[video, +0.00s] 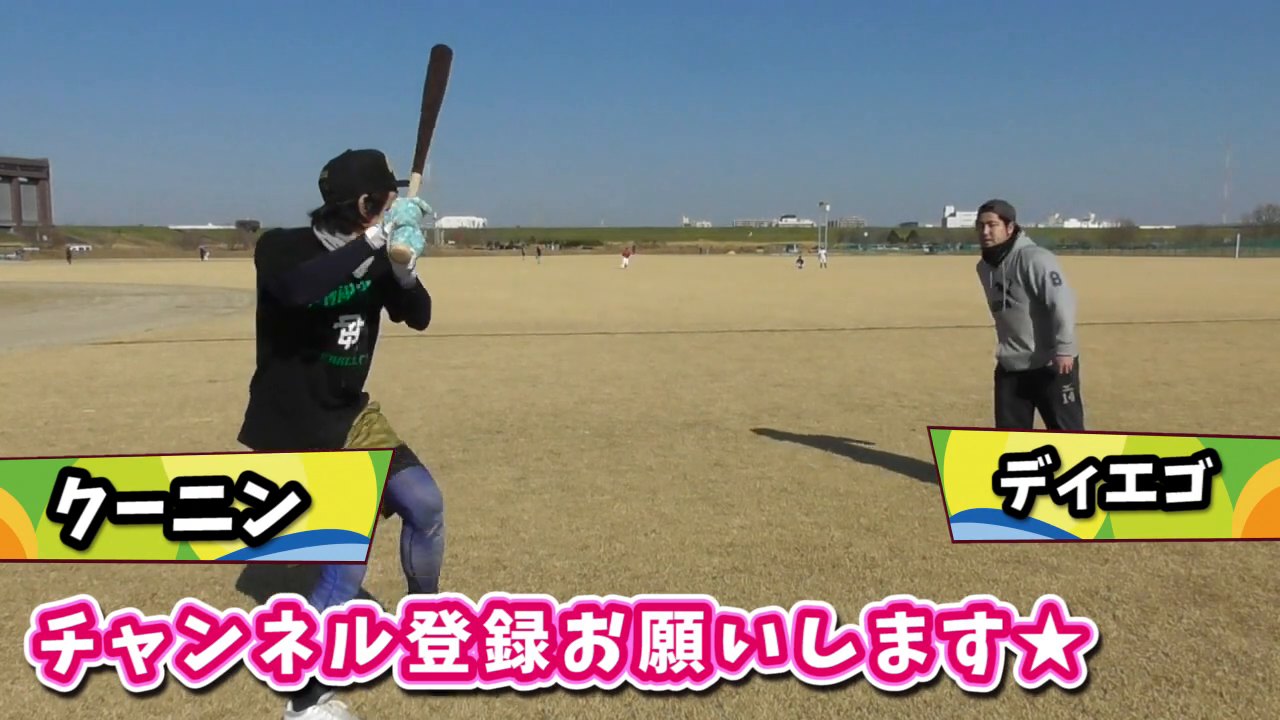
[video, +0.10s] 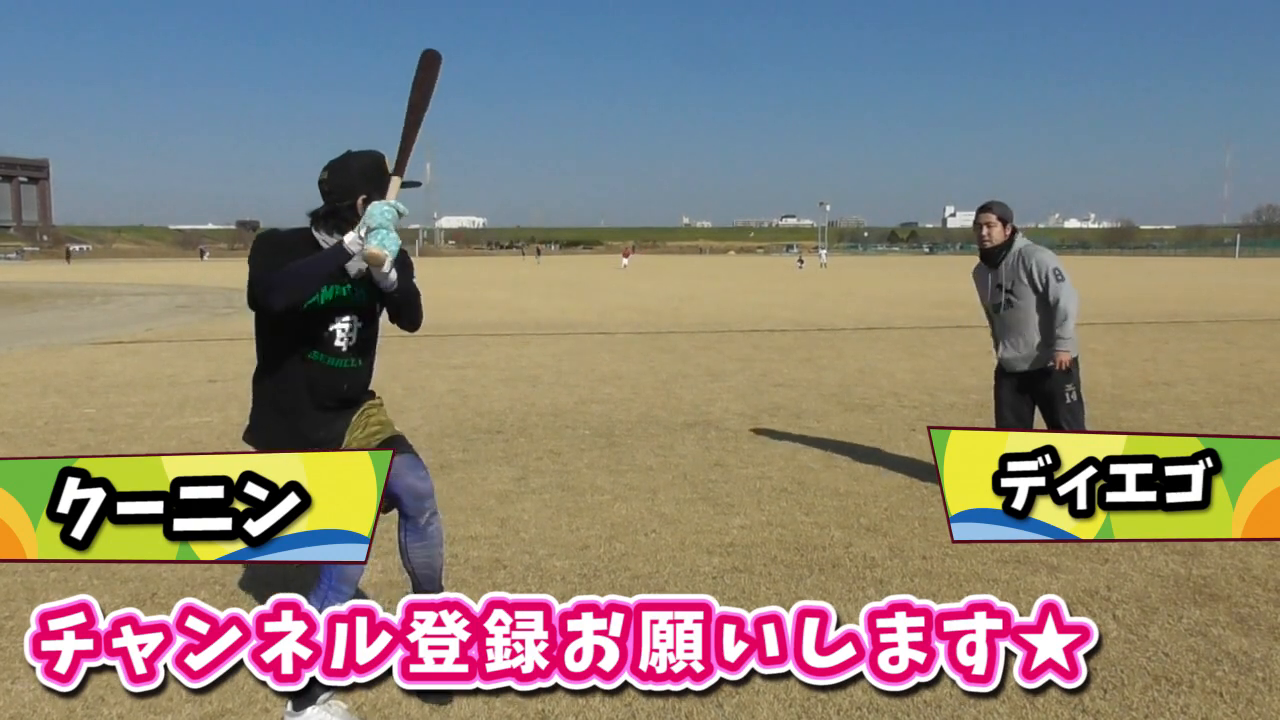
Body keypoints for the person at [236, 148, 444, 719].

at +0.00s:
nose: (388, 209)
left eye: (389, 203)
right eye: (386, 202)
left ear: (350, 203)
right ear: (366, 204)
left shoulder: (373, 256)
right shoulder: (281, 246)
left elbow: (417, 316)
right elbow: (294, 290)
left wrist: (403, 267)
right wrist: (370, 242)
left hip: (352, 419)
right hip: (291, 431)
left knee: (425, 504)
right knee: (346, 566)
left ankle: (425, 618)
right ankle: (306, 697)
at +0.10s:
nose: (389, 207)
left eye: (389, 201)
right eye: (384, 200)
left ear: (350, 201)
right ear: (362, 203)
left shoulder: (381, 252)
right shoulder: (278, 246)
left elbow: (410, 319)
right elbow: (271, 297)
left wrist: (385, 270)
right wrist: (352, 249)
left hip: (357, 413)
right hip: (293, 424)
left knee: (416, 488)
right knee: (345, 563)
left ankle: (433, 622)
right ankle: (307, 695)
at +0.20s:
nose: (397, 208)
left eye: (397, 200)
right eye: (390, 199)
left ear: (376, 206)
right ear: (357, 204)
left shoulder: (389, 256)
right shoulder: (278, 246)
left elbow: (403, 319)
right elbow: (257, 299)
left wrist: (364, 275)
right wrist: (338, 254)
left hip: (360, 415)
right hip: (294, 422)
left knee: (415, 485)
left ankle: (438, 619)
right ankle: (306, 694)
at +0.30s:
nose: (403, 212)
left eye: (402, 201)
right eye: (395, 202)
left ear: (366, 205)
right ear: (363, 205)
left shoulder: (393, 258)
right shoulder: (281, 247)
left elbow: (398, 320)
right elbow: (244, 304)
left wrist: (351, 276)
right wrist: (323, 264)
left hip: (366, 413)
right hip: (301, 432)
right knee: (349, 564)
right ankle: (308, 698)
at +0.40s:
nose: (408, 217)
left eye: (407, 206)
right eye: (400, 207)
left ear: (372, 212)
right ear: (366, 212)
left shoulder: (398, 262)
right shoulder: (285, 248)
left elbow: (395, 322)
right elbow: (236, 307)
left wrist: (348, 285)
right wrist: (308, 268)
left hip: (373, 417)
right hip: (306, 436)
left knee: (441, 514)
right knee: (350, 562)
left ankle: (473, 624)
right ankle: (307, 698)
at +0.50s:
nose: (415, 221)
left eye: (415, 211)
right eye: (407, 213)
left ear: (380, 216)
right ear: (375, 217)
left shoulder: (406, 266)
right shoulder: (292, 252)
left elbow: (390, 323)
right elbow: (233, 310)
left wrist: (326, 290)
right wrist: (303, 266)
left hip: (383, 424)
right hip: (315, 440)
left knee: (461, 527)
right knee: (353, 563)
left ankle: (489, 608)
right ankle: (307, 699)